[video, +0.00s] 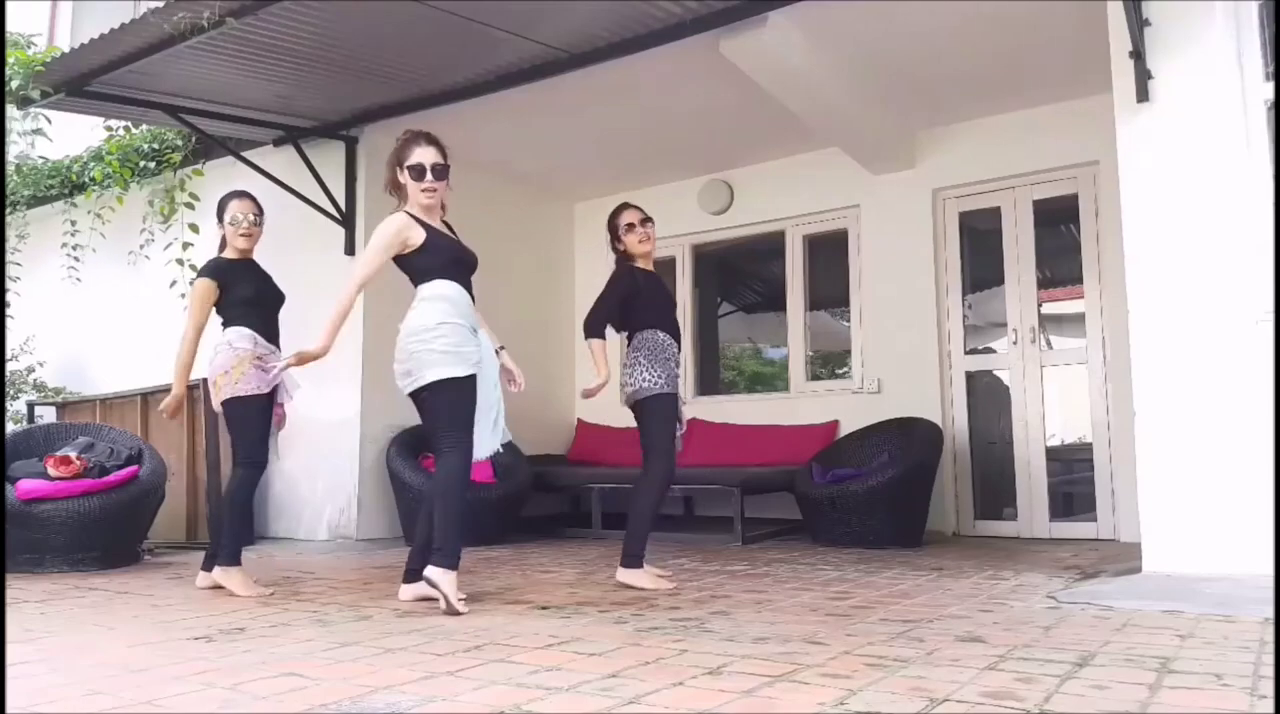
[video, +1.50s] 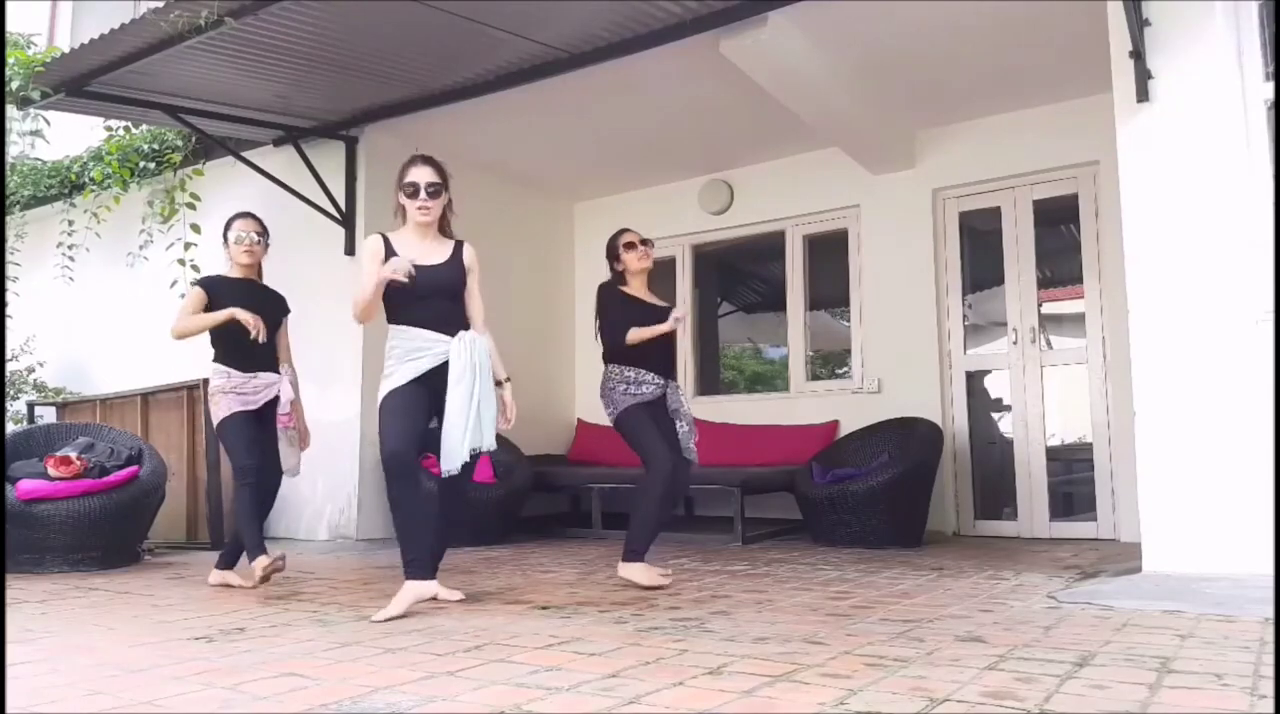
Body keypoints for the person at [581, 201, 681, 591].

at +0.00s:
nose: (641, 230)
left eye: (644, 222)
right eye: (629, 228)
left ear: (654, 229)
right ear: (619, 242)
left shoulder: (654, 277)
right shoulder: (626, 274)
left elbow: (662, 335)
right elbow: (594, 322)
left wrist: (675, 396)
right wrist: (603, 373)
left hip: (663, 375)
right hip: (647, 375)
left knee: (661, 470)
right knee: (657, 469)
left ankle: (636, 561)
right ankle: (630, 565)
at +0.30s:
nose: (640, 239)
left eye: (644, 232)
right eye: (629, 236)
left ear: (653, 239)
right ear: (616, 248)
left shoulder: (656, 292)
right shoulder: (615, 280)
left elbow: (664, 355)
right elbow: (627, 323)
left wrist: (686, 403)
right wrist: (673, 336)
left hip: (661, 385)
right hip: (630, 382)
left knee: (668, 466)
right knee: (665, 464)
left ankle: (638, 558)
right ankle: (634, 561)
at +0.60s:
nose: (634, 257)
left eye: (639, 250)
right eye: (624, 253)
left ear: (648, 259)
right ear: (612, 267)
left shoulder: (655, 314)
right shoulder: (609, 312)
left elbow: (665, 373)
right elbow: (614, 372)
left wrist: (687, 417)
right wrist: (628, 337)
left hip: (664, 405)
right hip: (627, 405)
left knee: (684, 485)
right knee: (642, 481)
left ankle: (636, 556)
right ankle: (663, 564)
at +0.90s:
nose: (637, 240)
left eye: (642, 234)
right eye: (626, 236)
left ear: (649, 242)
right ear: (611, 248)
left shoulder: (655, 294)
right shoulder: (607, 290)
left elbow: (665, 348)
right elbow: (591, 347)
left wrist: (676, 391)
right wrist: (624, 328)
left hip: (665, 381)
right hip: (634, 379)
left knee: (679, 472)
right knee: (662, 466)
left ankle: (638, 557)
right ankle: (636, 564)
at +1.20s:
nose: (641, 233)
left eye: (643, 227)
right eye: (630, 230)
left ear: (649, 233)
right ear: (616, 243)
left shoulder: (642, 276)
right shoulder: (622, 273)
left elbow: (633, 327)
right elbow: (604, 324)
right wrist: (606, 375)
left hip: (652, 378)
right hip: (639, 379)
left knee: (657, 469)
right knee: (658, 469)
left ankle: (632, 555)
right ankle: (635, 566)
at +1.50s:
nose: (640, 250)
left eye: (644, 244)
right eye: (629, 247)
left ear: (652, 252)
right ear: (616, 261)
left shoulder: (662, 304)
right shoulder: (610, 291)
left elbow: (666, 361)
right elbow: (617, 337)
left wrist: (676, 401)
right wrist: (666, 326)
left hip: (662, 392)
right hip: (625, 390)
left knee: (679, 470)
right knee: (661, 463)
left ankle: (636, 557)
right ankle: (631, 560)